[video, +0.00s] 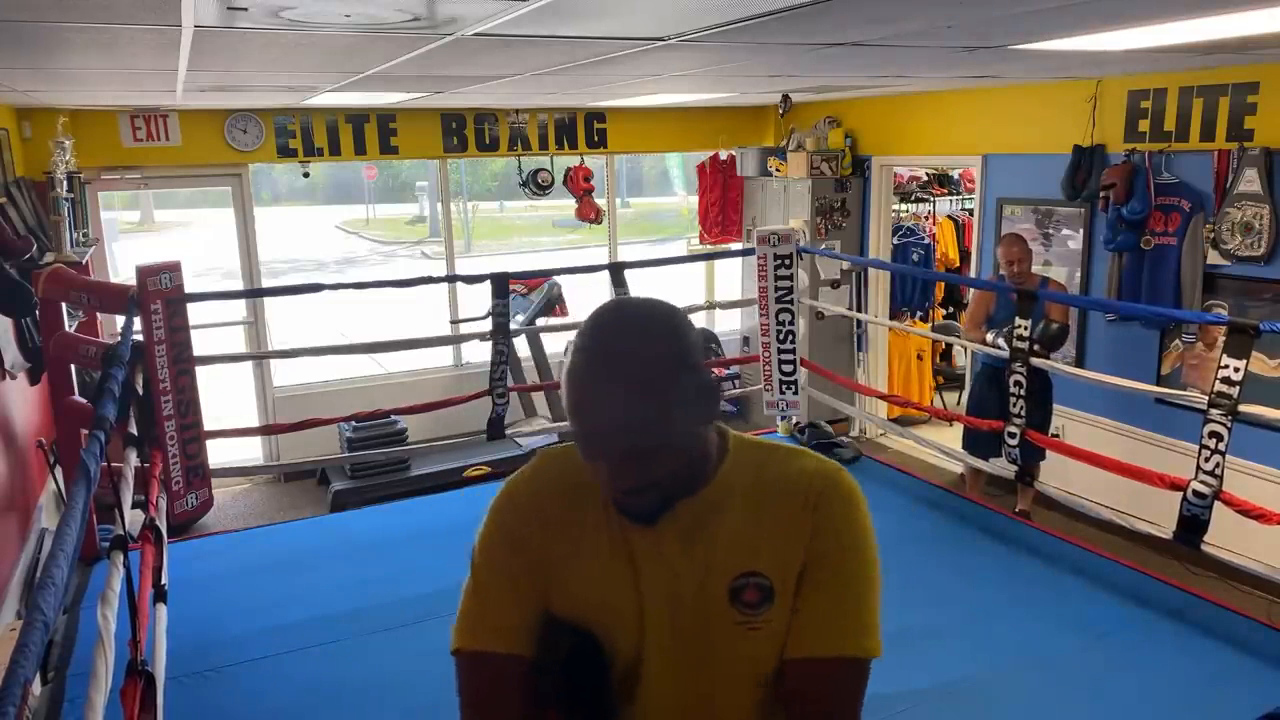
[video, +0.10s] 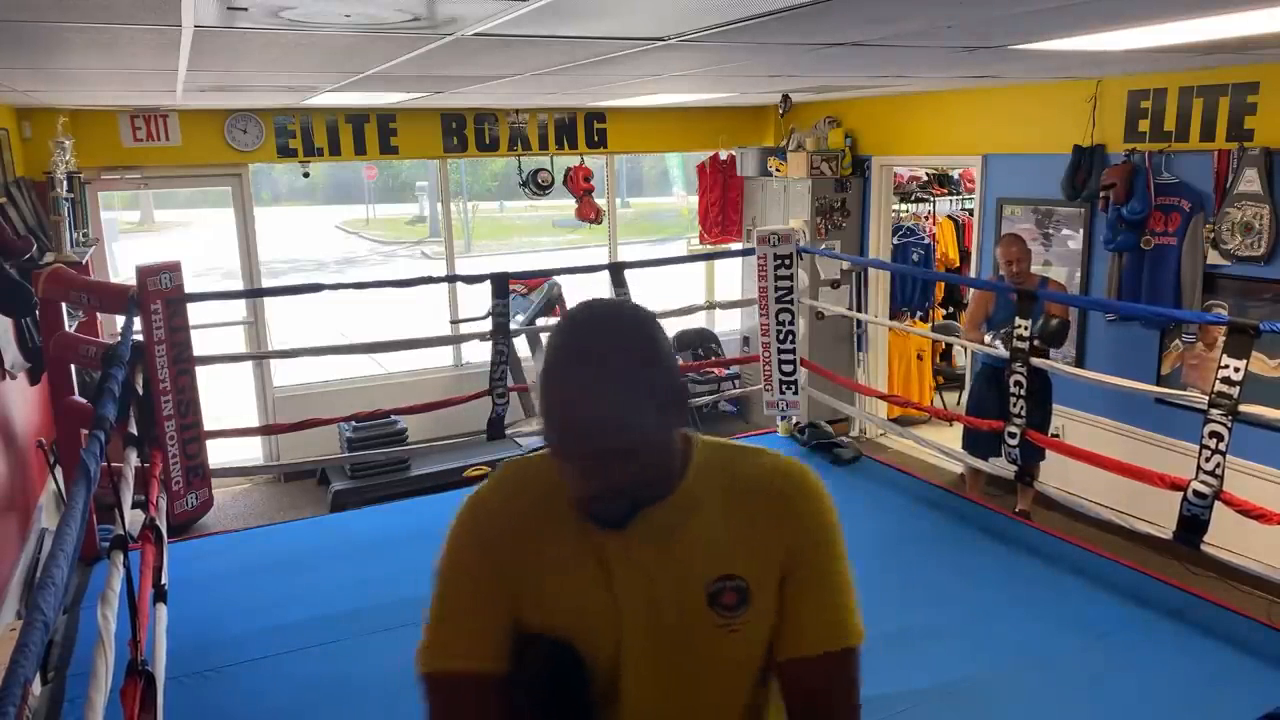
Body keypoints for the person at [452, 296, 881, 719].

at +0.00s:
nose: (617, 482)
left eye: (643, 453)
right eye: (594, 453)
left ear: (709, 404)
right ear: (572, 425)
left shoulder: (816, 501)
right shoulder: (529, 503)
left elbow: (822, 704)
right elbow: (490, 701)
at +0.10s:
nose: (584, 486)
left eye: (615, 456)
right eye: (565, 455)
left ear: (680, 417)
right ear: (546, 426)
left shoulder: (783, 503)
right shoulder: (495, 516)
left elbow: (826, 707)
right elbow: (459, 701)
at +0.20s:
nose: (531, 489)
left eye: (559, 461)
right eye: (513, 460)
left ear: (626, 428)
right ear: (495, 436)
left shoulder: (732, 496)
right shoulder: (451, 534)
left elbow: (796, 684)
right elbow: (420, 706)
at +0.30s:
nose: (472, 511)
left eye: (503, 482)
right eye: (451, 480)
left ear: (574, 437)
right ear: (432, 453)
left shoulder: (678, 488)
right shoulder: (390, 564)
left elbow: (745, 685)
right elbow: (368, 709)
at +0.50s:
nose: (378, 568)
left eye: (413, 548)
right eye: (351, 541)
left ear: (478, 461)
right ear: (318, 476)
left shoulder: (556, 473)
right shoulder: (287, 623)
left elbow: (636, 654)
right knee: (423, 705)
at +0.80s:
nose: (358, 553)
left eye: (396, 528)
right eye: (332, 519)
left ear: (454, 449)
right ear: (294, 439)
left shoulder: (502, 467)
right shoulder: (261, 621)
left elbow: (560, 626)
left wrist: (554, 711)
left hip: (512, 701)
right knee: (398, 705)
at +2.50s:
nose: (449, 379)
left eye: (454, 363)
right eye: (445, 359)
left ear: (384, 339)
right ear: (392, 340)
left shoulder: (312, 418)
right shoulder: (379, 444)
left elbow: (460, 500)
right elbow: (514, 597)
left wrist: (530, 540)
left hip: (383, 700)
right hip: (456, 705)